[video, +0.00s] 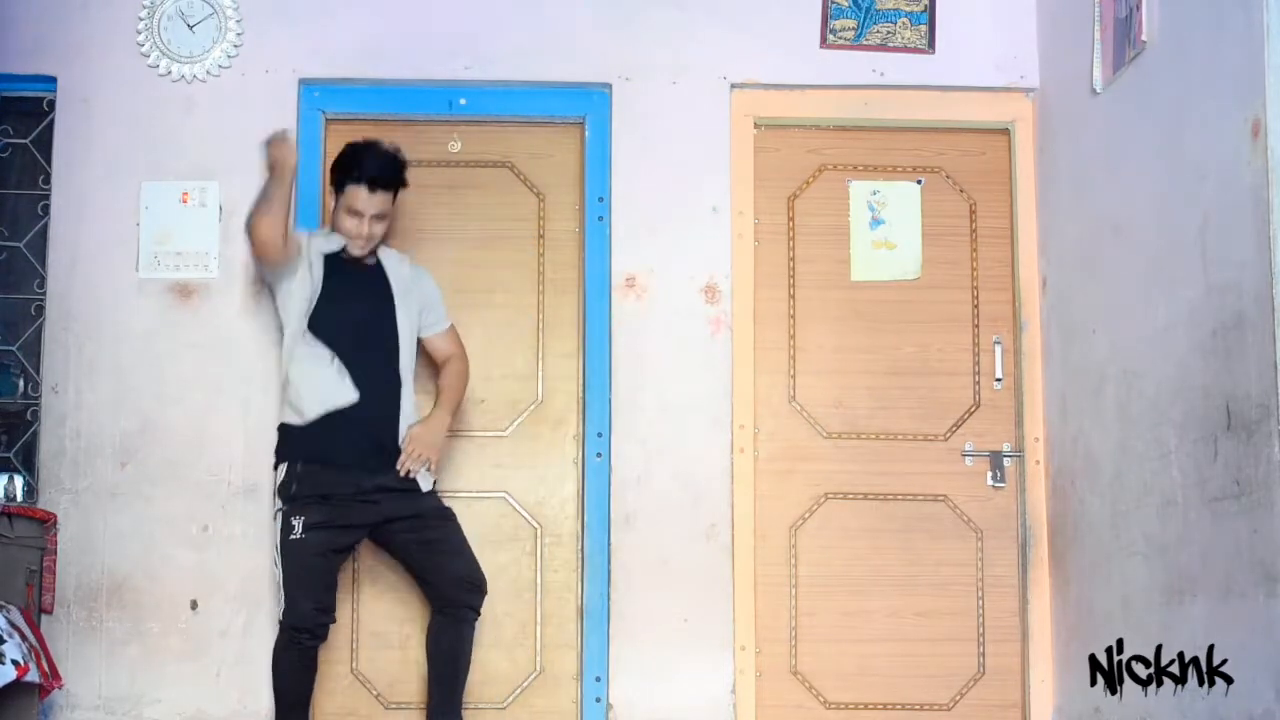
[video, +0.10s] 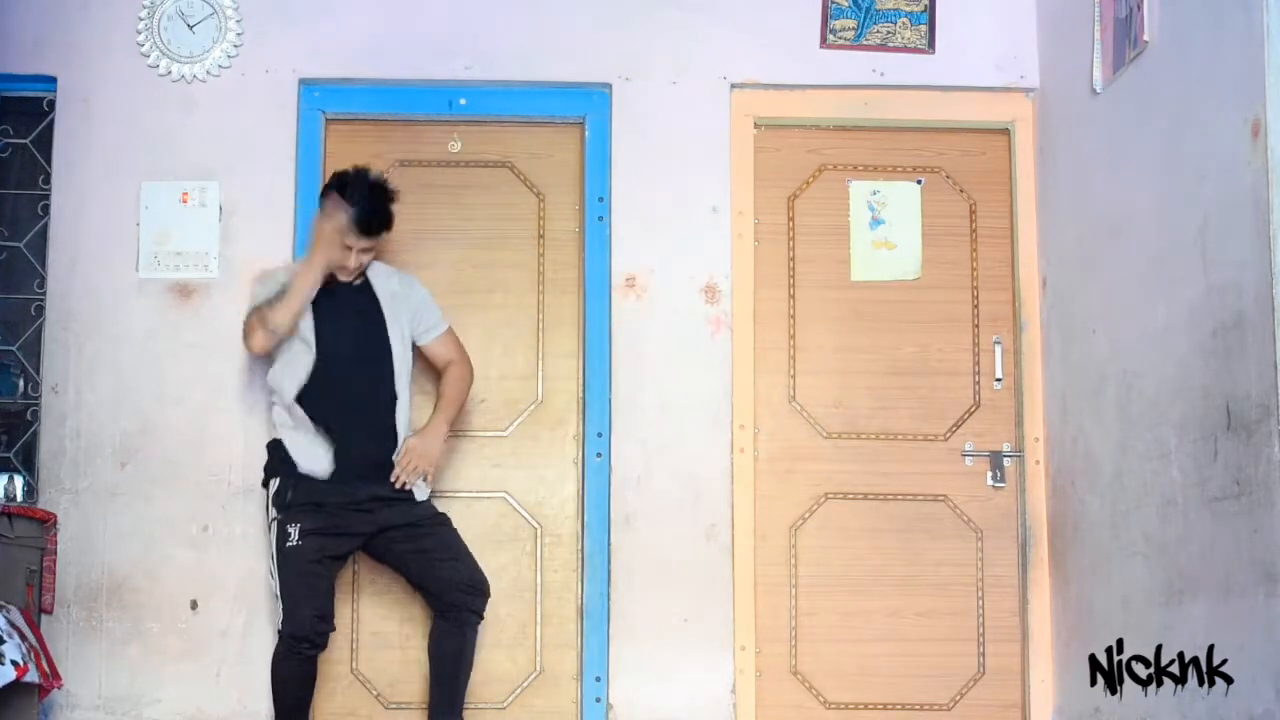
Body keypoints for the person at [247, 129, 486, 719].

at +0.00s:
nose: (363, 228)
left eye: (378, 217)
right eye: (353, 212)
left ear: (394, 212)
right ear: (331, 201)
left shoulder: (409, 279)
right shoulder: (301, 258)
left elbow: (453, 360)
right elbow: (266, 240)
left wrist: (438, 423)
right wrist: (281, 177)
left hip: (395, 480)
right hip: (313, 482)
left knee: (461, 590)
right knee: (303, 623)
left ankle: (445, 715)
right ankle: (290, 718)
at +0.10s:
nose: (355, 262)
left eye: (367, 251)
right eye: (345, 248)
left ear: (381, 239)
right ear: (321, 229)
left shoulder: (401, 291)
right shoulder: (282, 287)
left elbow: (457, 365)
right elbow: (260, 340)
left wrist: (435, 433)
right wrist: (316, 264)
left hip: (390, 491)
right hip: (309, 496)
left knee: (464, 592)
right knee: (305, 628)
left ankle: (446, 716)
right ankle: (289, 718)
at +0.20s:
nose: (348, 266)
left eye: (360, 253)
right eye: (335, 252)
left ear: (375, 242)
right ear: (314, 239)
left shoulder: (400, 294)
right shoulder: (283, 284)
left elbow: (455, 365)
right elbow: (242, 317)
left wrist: (436, 432)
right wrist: (328, 291)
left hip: (393, 496)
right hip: (311, 503)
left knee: (470, 587)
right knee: (304, 632)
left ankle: (450, 715)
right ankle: (289, 718)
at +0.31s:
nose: (348, 224)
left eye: (357, 211)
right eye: (336, 213)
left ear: (375, 211)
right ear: (315, 215)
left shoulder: (400, 279)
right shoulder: (285, 273)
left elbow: (455, 352)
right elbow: (243, 241)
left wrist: (443, 416)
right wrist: (324, 211)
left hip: (400, 479)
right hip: (318, 484)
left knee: (470, 581)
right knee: (308, 623)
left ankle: (455, 713)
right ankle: (290, 717)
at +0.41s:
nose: (348, 178)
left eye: (358, 170)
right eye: (333, 173)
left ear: (372, 189)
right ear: (314, 195)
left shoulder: (405, 268)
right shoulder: (291, 243)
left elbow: (461, 343)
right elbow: (245, 169)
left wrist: (452, 405)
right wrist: (318, 131)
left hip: (409, 469)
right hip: (326, 471)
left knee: (471, 584)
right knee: (312, 617)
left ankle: (464, 714)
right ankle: (292, 719)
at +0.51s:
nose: (354, 172)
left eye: (364, 166)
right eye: (340, 169)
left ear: (379, 188)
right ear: (322, 192)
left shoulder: (411, 265)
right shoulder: (296, 241)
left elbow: (474, 339)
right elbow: (245, 168)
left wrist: (457, 403)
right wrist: (317, 125)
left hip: (412, 467)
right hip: (327, 472)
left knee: (472, 588)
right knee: (311, 618)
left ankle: (469, 715)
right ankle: (292, 718)